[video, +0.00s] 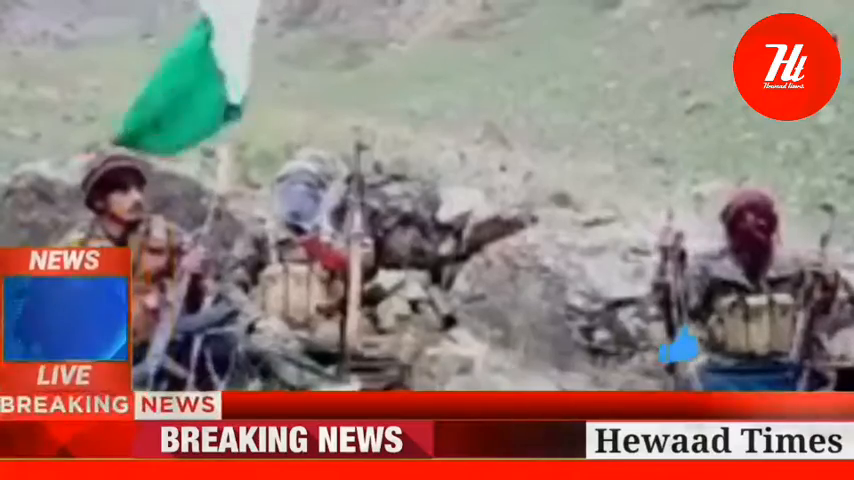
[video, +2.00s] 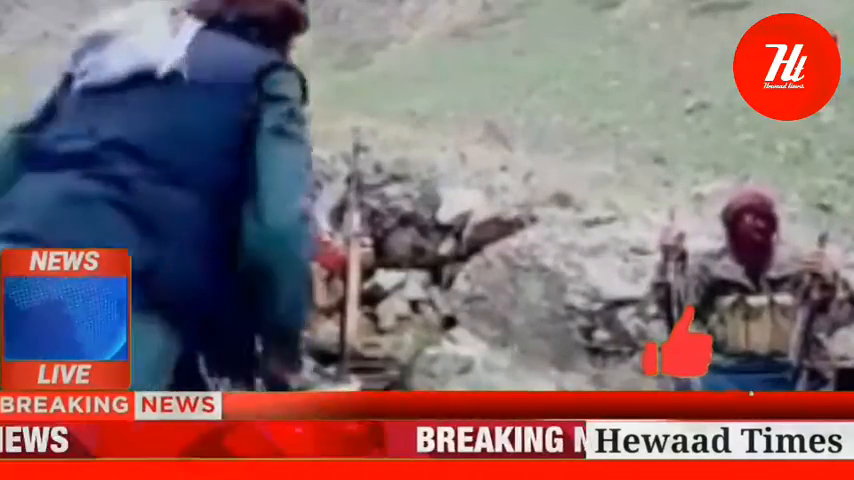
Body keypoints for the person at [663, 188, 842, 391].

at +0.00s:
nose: (756, 222)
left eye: (763, 215)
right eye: (746, 214)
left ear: (772, 225)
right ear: (732, 224)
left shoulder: (792, 269)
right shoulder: (705, 267)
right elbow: (687, 310)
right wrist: (672, 265)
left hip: (782, 371)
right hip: (723, 372)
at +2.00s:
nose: (758, 224)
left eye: (765, 218)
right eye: (749, 216)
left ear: (774, 227)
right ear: (732, 224)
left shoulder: (795, 270)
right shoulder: (706, 268)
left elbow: (827, 323)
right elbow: (676, 316)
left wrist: (830, 285)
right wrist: (670, 264)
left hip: (783, 372)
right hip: (722, 373)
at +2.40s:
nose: (759, 224)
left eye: (765, 218)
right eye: (750, 216)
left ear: (774, 227)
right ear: (732, 224)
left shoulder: (796, 270)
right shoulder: (705, 268)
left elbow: (825, 323)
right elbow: (675, 317)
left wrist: (829, 285)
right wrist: (668, 265)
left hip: (784, 373)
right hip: (723, 373)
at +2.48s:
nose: (759, 224)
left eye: (766, 218)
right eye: (750, 216)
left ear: (774, 228)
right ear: (732, 223)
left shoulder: (796, 270)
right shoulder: (705, 267)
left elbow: (825, 323)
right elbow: (675, 315)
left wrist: (830, 284)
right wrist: (668, 263)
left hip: (786, 371)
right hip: (725, 372)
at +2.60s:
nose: (759, 225)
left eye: (766, 218)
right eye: (750, 216)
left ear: (774, 227)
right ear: (731, 224)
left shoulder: (796, 270)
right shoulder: (704, 268)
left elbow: (826, 323)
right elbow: (674, 317)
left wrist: (828, 286)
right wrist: (667, 264)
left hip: (786, 372)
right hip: (723, 372)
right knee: (687, 374)